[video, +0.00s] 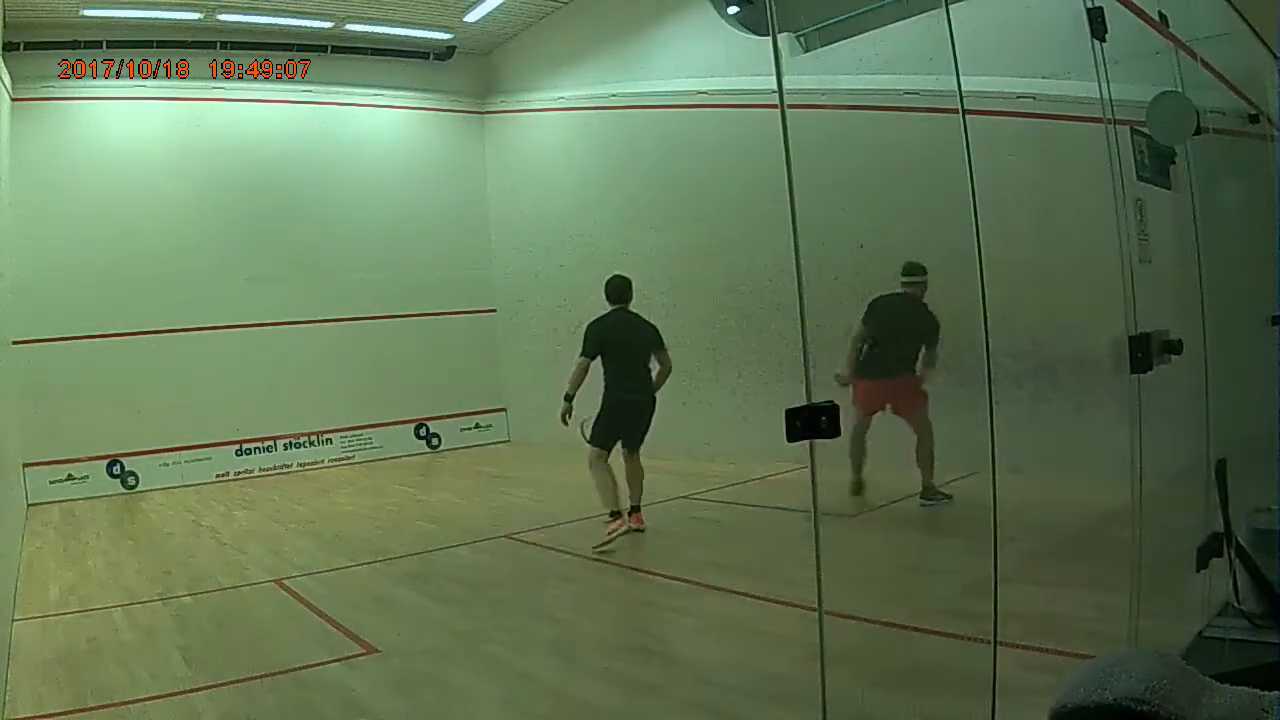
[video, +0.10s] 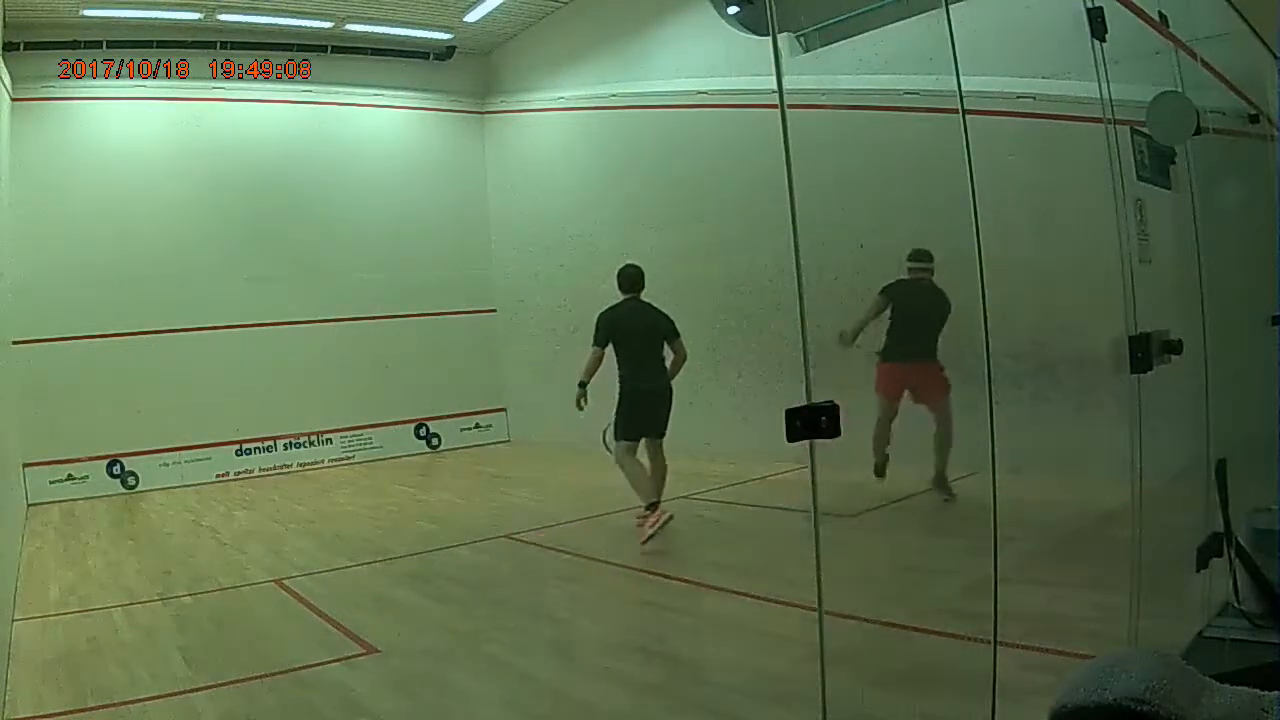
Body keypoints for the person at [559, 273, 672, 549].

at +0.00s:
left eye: (611, 295)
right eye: (627, 293)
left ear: (606, 297)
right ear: (631, 296)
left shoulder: (598, 327)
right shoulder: (646, 326)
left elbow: (582, 366)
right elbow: (666, 366)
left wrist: (568, 399)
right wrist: (650, 390)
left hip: (615, 402)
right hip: (644, 402)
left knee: (597, 458)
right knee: (631, 453)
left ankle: (616, 518)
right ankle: (635, 513)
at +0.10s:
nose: (624, 288)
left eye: (621, 284)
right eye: (636, 284)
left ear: (619, 286)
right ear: (643, 286)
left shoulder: (609, 316)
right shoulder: (658, 315)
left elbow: (597, 356)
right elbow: (681, 355)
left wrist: (582, 385)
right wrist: (665, 380)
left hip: (632, 391)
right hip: (661, 391)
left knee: (623, 454)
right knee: (655, 448)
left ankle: (653, 509)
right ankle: (652, 510)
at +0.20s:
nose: (639, 293)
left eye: (638, 289)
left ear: (638, 290)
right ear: (662, 289)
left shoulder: (635, 321)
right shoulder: (677, 318)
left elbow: (632, 362)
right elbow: (697, 357)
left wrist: (611, 383)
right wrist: (684, 381)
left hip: (660, 395)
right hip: (685, 390)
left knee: (660, 460)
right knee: (682, 454)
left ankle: (695, 512)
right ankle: (715, 505)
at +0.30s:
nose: (649, 302)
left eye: (650, 298)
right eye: (650, 298)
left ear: (655, 302)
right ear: (677, 301)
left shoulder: (658, 336)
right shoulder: (690, 329)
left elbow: (663, 381)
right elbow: (709, 370)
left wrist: (641, 398)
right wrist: (688, 393)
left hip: (687, 408)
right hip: (706, 403)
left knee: (686, 474)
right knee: (695, 464)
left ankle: (732, 522)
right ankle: (720, 511)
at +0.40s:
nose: (661, 307)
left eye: (663, 303)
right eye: (663, 302)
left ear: (667, 307)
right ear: (688, 305)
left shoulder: (684, 338)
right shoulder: (696, 332)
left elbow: (698, 381)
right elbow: (709, 379)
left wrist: (678, 409)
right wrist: (688, 414)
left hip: (710, 414)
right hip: (709, 412)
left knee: (713, 481)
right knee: (703, 467)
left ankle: (770, 527)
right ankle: (723, 511)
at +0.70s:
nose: (657, 318)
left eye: (659, 312)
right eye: (657, 313)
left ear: (674, 310)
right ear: (676, 311)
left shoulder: (720, 331)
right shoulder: (679, 350)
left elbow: (745, 382)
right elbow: (691, 396)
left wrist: (730, 425)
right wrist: (703, 415)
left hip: (754, 408)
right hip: (723, 412)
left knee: (753, 483)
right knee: (693, 473)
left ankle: (787, 537)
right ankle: (722, 540)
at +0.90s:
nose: (650, 320)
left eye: (652, 313)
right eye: (649, 314)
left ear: (671, 309)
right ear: (670, 311)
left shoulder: (715, 335)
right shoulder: (670, 346)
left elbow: (747, 387)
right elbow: (669, 391)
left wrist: (747, 430)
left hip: (749, 416)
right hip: (720, 421)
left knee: (749, 492)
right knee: (706, 483)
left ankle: (784, 526)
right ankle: (720, 562)